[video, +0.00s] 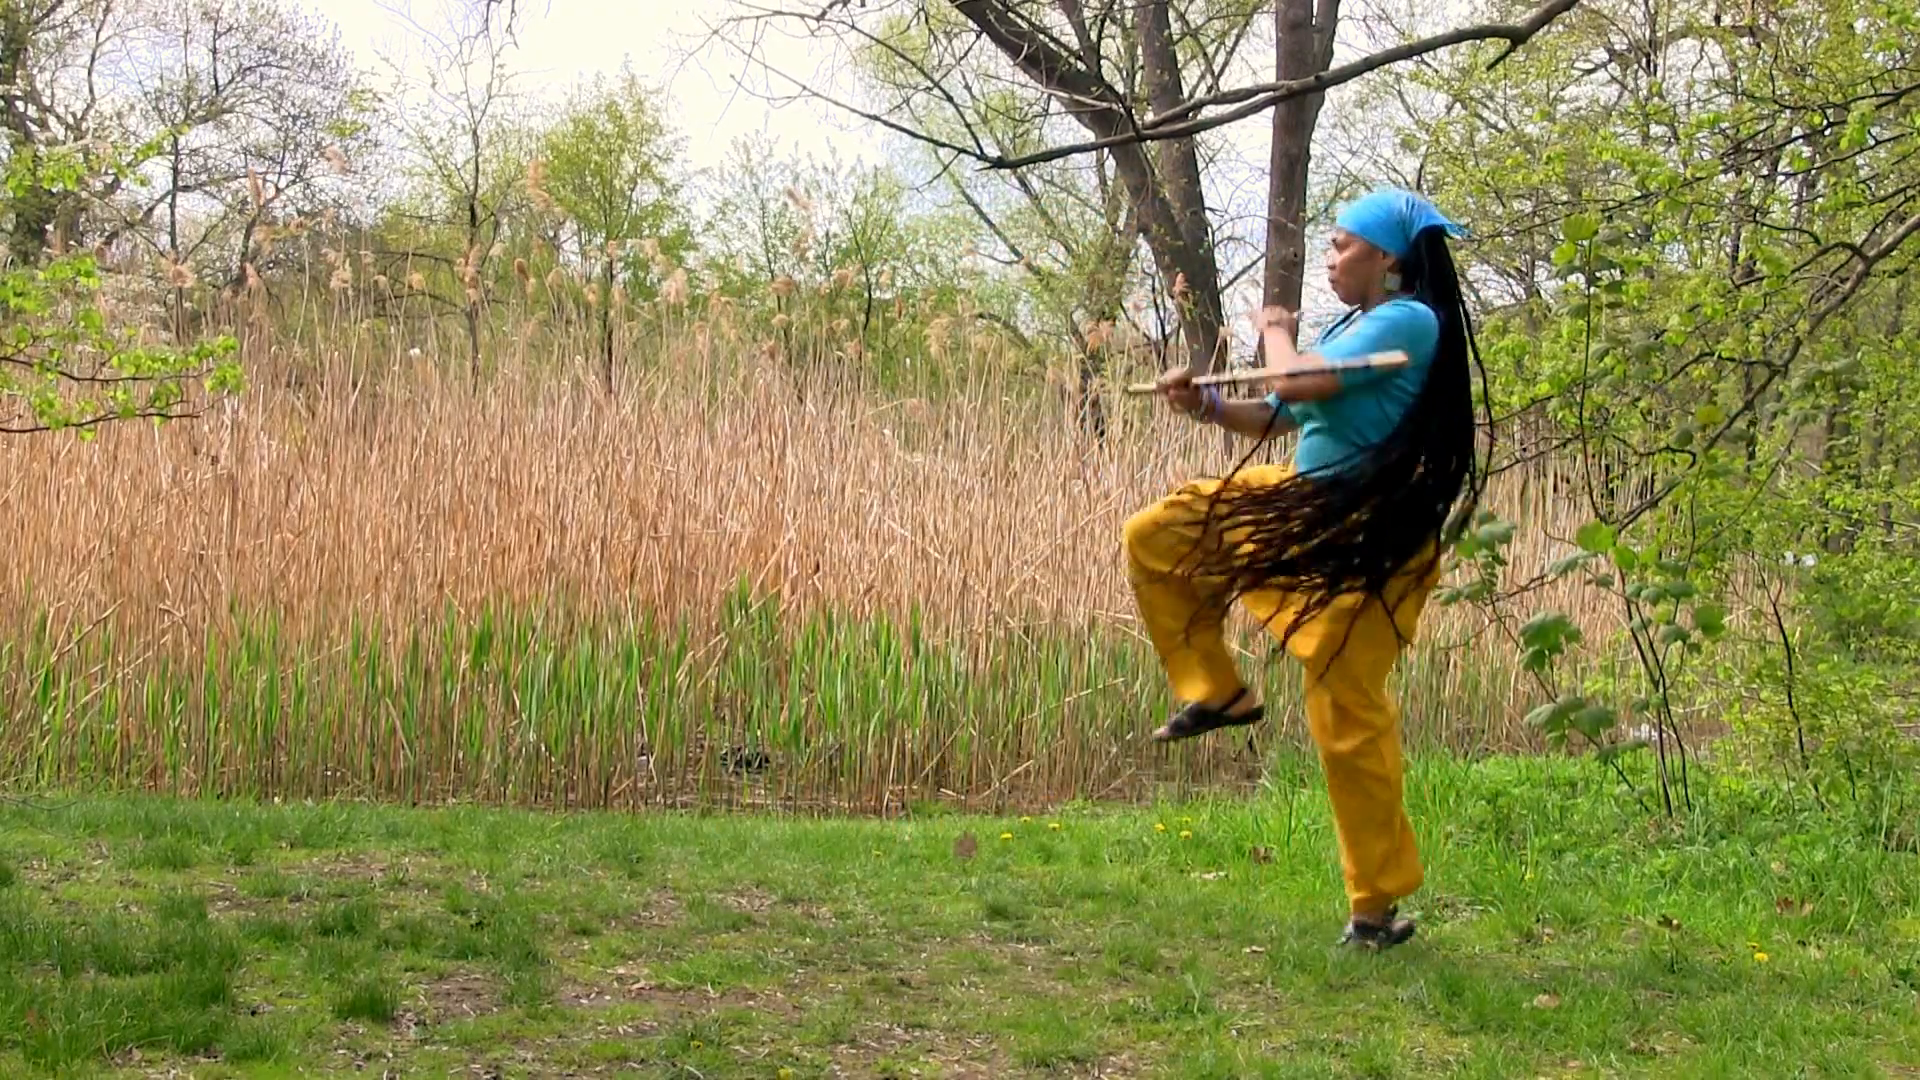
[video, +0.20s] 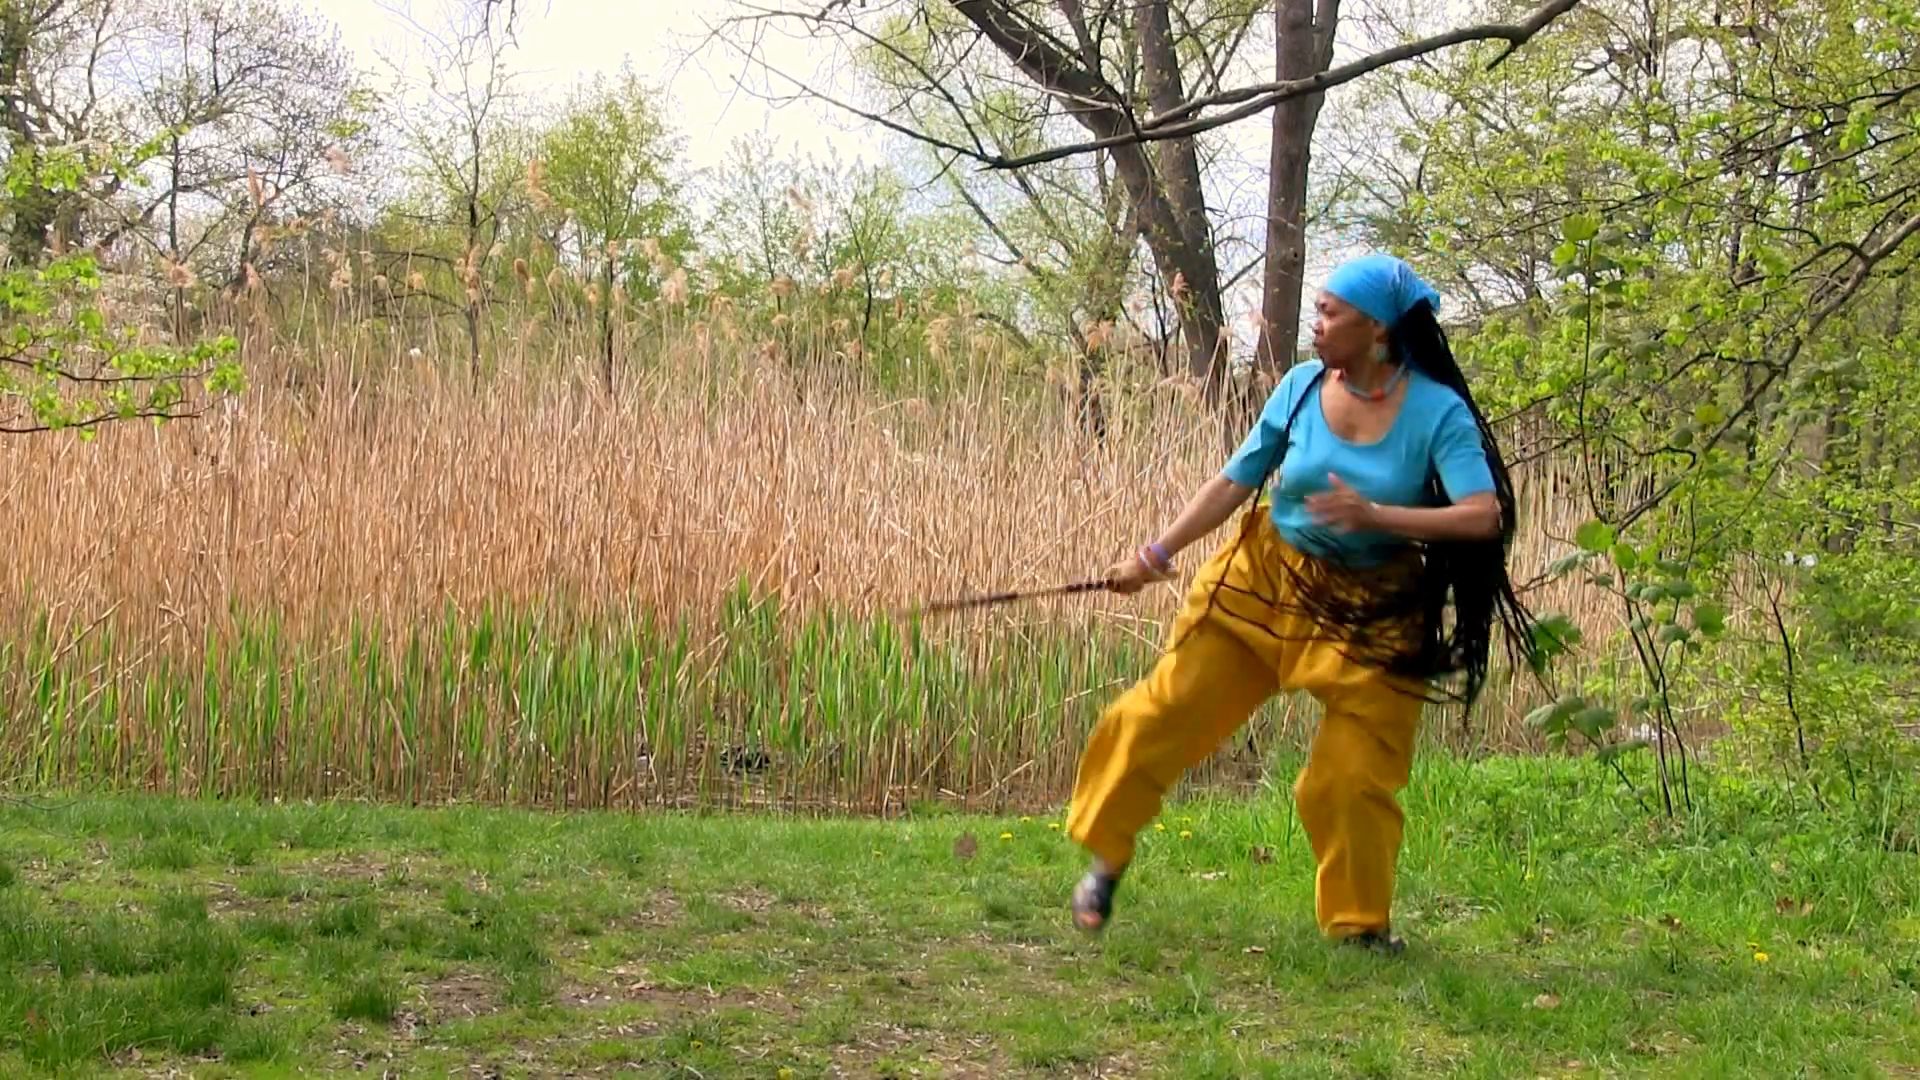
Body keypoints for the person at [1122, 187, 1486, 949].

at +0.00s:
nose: (1329, 257)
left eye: (1344, 245)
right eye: (1332, 244)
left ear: (1389, 258)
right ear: (1366, 259)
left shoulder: (1409, 322)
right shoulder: (1350, 331)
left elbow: (1304, 384)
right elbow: (1277, 417)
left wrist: (1275, 331)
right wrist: (1210, 405)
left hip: (1376, 537)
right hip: (1305, 504)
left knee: (1345, 711)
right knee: (1158, 539)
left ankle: (1376, 903)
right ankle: (1214, 690)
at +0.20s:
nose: (1315, 324)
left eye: (1331, 314)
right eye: (1318, 311)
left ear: (1379, 331)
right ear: (1348, 326)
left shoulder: (1441, 412)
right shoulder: (1301, 386)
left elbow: (1483, 516)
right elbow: (1235, 482)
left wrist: (1374, 513)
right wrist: (1158, 551)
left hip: (1381, 609)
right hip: (1269, 577)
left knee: (1355, 776)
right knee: (1161, 712)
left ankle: (1359, 928)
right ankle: (1107, 859)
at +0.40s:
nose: (1276, 343)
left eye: (1292, 334)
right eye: (1279, 330)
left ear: (1339, 352)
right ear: (1286, 335)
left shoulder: (1390, 431)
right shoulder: (1259, 395)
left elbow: (1503, 470)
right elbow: (1178, 452)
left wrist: (1455, 397)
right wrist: (1128, 455)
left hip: (1325, 601)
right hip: (1219, 586)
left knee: (1346, 771)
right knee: (1149, 737)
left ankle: (1363, 925)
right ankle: (1150, 861)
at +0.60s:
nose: (1176, 277)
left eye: (1192, 268)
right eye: (1177, 266)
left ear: (1238, 286)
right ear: (1188, 281)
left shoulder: (1289, 357)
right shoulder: (1165, 333)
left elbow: (1369, 374)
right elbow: (1092, 347)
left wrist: (1332, 291)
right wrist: (1113, 271)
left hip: (1220, 551)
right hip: (1114, 521)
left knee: (1269, 730)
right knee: (987, 658)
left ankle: (1314, 901)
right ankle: (929, 809)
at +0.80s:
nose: (1061, 306)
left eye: (1075, 296)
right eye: (1063, 294)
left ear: (1120, 312)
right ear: (1063, 302)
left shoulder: (1161, 386)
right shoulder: (1039, 361)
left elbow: (1161, 387)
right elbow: (976, 325)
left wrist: (1082, 348)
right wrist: (1023, 251)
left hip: (1100, 580)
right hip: (998, 556)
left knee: (1107, 760)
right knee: (923, 723)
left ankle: (1090, 893)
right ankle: (858, 884)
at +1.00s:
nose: (950, 319)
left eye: (967, 308)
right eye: (953, 308)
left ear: (1012, 322)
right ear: (962, 322)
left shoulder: (1042, 369)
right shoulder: (952, 415)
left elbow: (945, 349)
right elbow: (891, 489)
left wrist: (903, 325)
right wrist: (826, 448)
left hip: (1030, 578)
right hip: (941, 578)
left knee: (1021, 757)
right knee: (869, 727)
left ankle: (1099, 888)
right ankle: (850, 895)